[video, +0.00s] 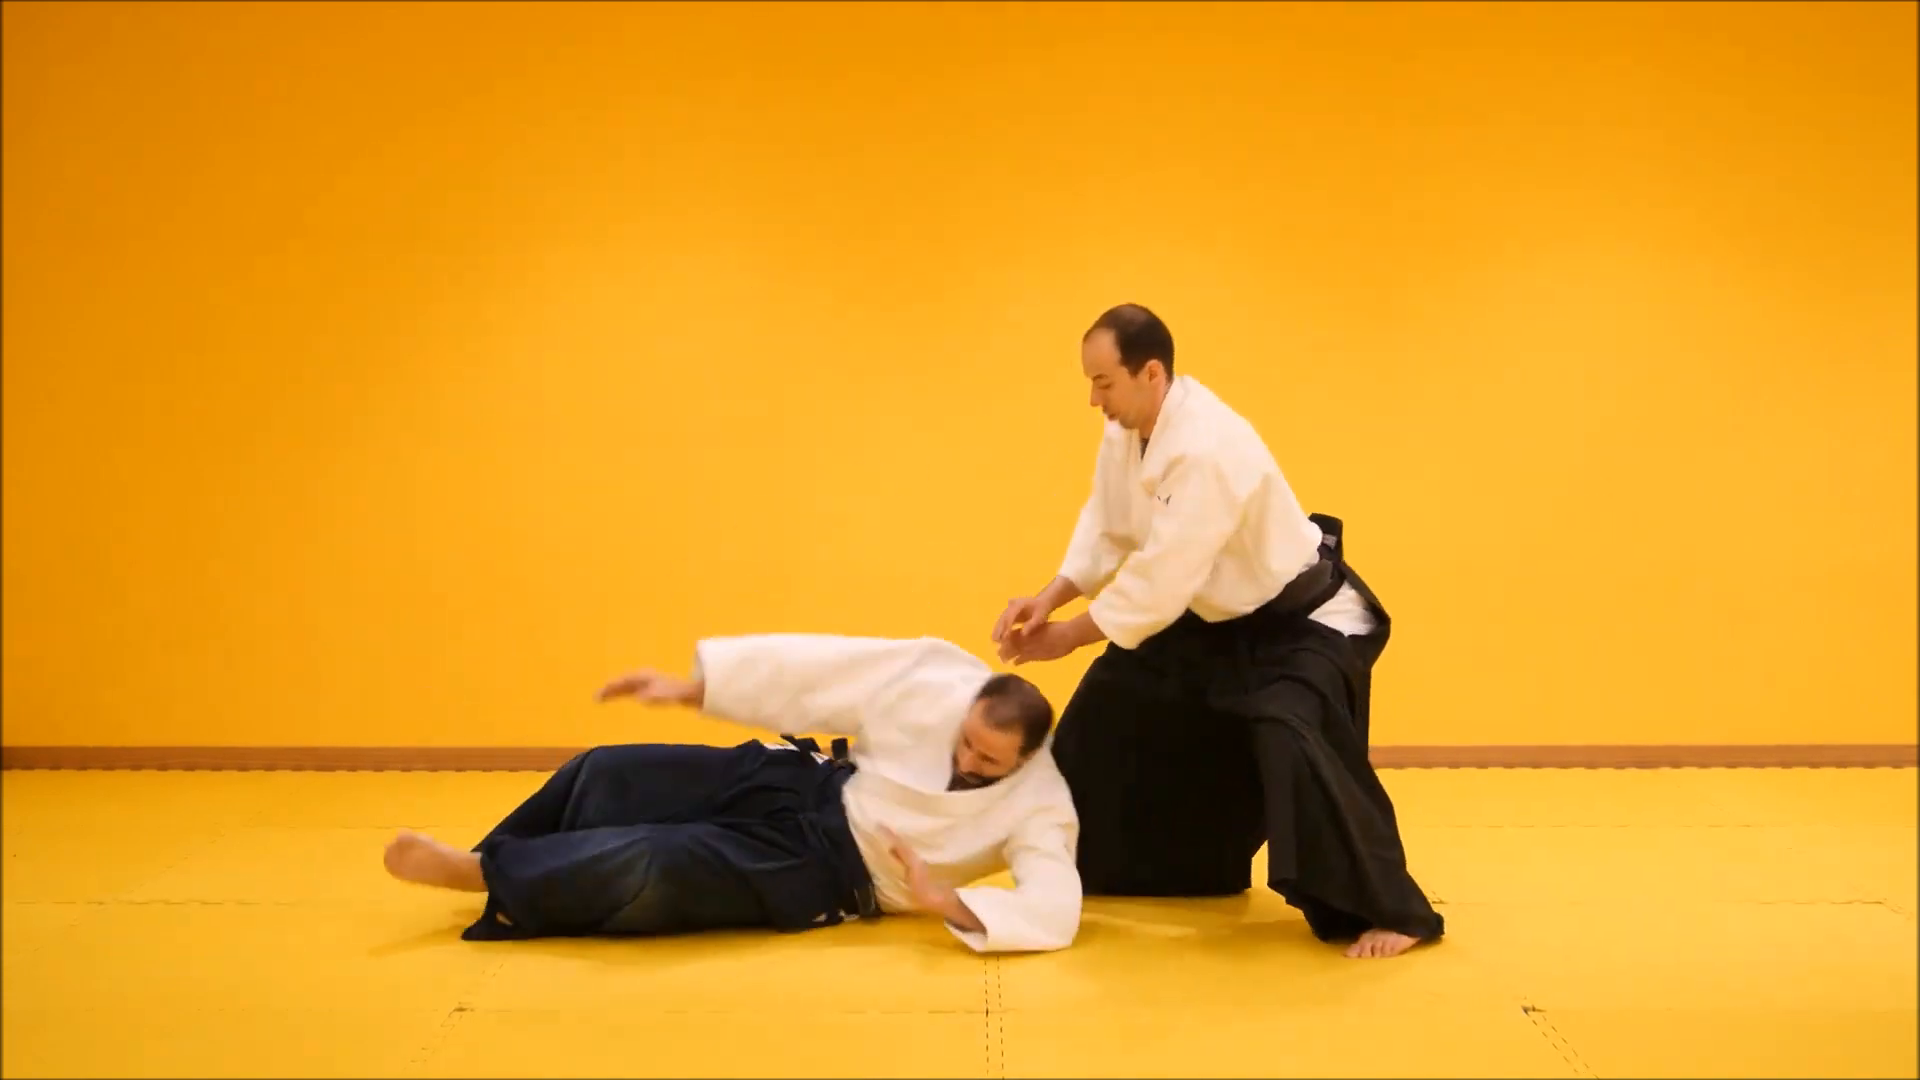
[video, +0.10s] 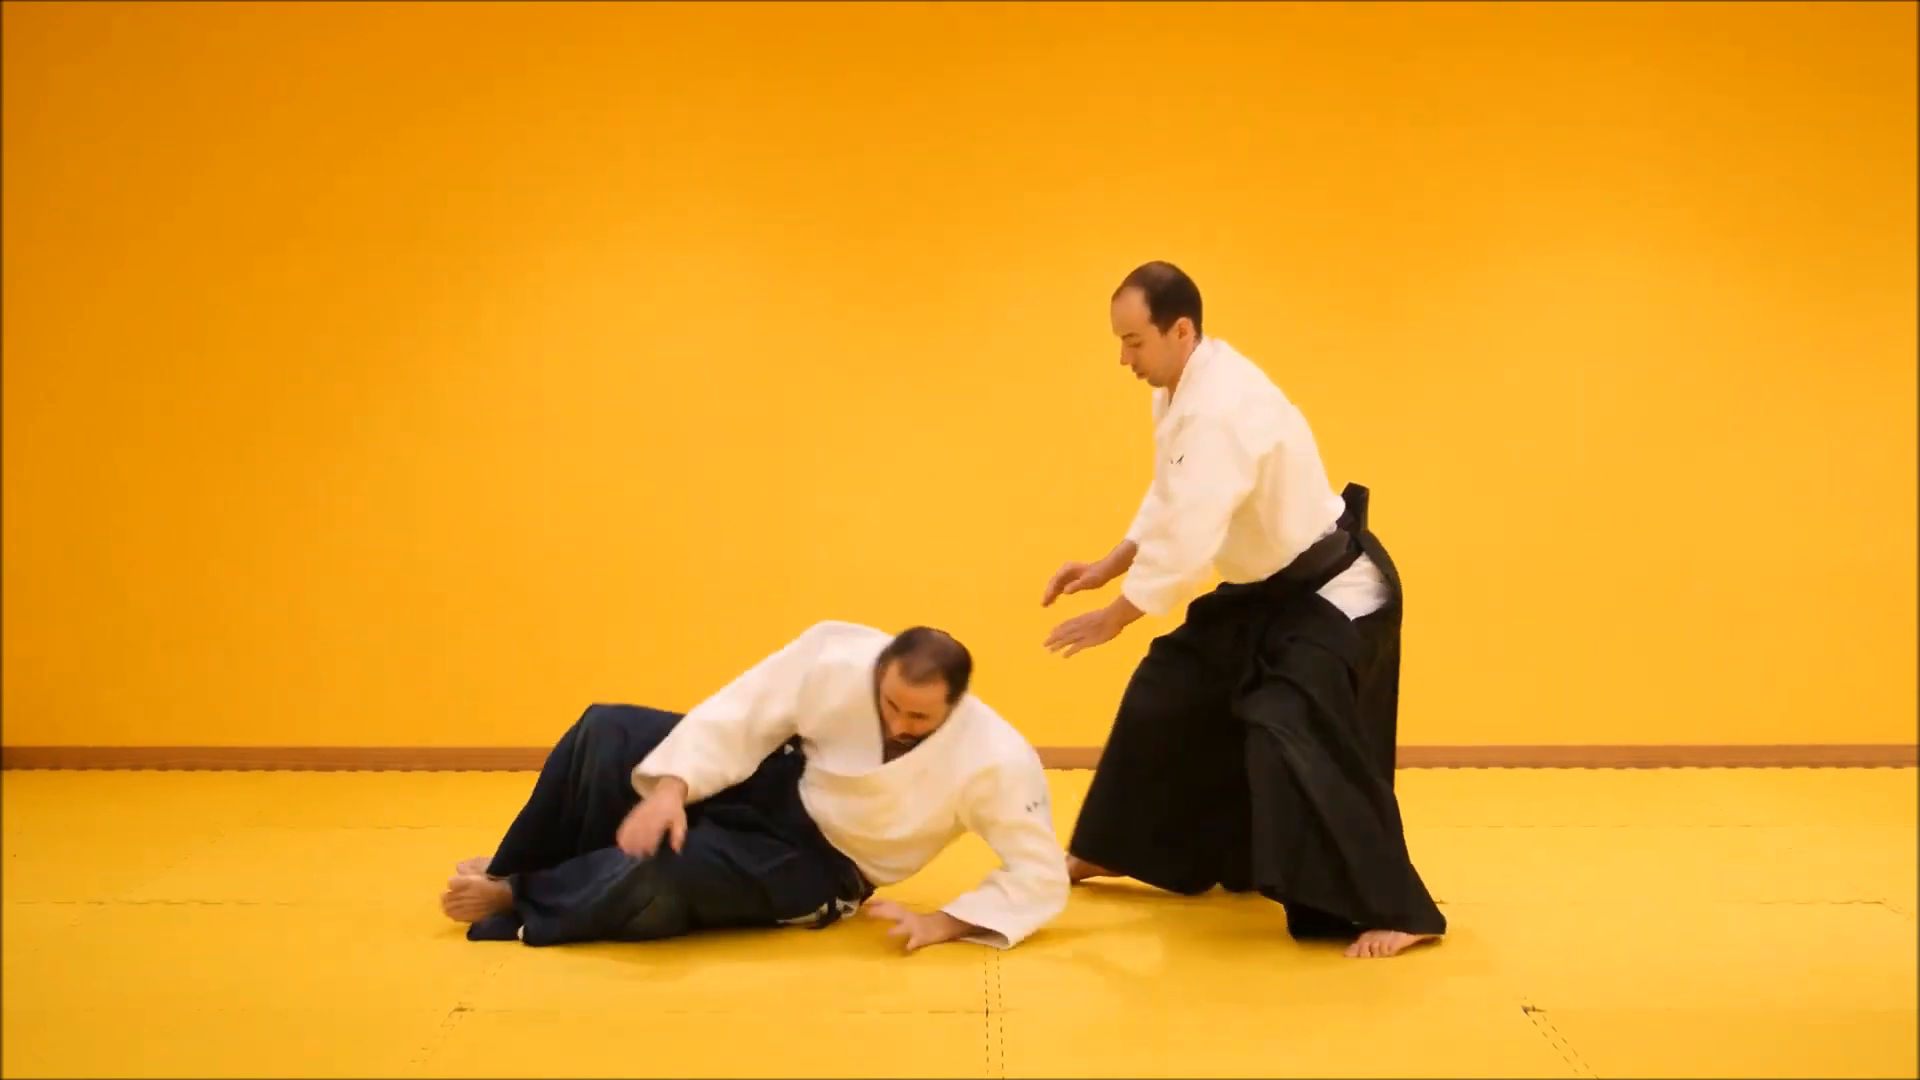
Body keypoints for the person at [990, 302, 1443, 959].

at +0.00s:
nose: (1094, 397)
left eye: (1103, 380)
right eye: (1090, 381)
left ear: (1151, 373)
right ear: (1136, 377)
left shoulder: (1205, 446)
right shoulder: (1125, 430)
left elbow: (1164, 578)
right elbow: (1104, 529)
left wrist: (1069, 635)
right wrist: (1047, 597)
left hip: (1300, 621)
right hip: (1208, 619)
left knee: (1284, 730)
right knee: (1104, 702)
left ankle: (1393, 909)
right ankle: (1086, 860)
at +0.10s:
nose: (1124, 357)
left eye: (1132, 339)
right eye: (1120, 340)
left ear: (1181, 328)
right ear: (1166, 331)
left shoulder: (1219, 401)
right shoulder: (1180, 389)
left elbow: (1194, 529)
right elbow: (1169, 497)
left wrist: (1119, 613)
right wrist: (1112, 565)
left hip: (1332, 594)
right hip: (1259, 592)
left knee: (1281, 720)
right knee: (1163, 688)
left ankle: (1398, 910)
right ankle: (1117, 843)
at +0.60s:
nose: (1235, 304)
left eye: (1248, 287)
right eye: (1229, 290)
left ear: (1292, 287)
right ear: (1229, 296)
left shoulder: (1369, 359)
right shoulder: (1241, 384)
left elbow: (1469, 440)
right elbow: (1209, 484)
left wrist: (1419, 518)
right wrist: (1154, 566)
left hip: (1421, 545)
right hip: (1340, 554)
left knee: (1439, 702)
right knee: (1265, 687)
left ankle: (1517, 850)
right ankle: (1311, 829)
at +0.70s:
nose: (1260, 297)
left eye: (1273, 282)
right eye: (1256, 283)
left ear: (1318, 282)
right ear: (1258, 288)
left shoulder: (1398, 354)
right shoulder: (1264, 382)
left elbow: (1486, 431)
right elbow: (1226, 478)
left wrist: (1448, 503)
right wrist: (1167, 552)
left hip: (1435, 544)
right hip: (1351, 552)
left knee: (1477, 691)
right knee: (1272, 680)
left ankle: (1568, 814)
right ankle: (1306, 828)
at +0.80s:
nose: (1295, 295)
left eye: (1309, 280)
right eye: (1291, 282)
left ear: (1354, 284)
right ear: (1298, 289)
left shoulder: (1432, 355)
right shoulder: (1295, 379)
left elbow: (1513, 438)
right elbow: (1247, 471)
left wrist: (1479, 501)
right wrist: (1184, 542)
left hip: (1456, 549)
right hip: (1365, 555)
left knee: (1529, 685)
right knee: (1278, 679)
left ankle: (1595, 813)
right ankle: (1308, 829)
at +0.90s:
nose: (1324, 298)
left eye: (1338, 283)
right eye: (1322, 284)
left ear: (1386, 289)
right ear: (1327, 292)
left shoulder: (1470, 362)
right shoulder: (1325, 385)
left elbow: (1538, 452)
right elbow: (1268, 474)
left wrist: (1494, 522)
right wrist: (1199, 537)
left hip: (1482, 558)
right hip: (1386, 563)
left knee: (1544, 689)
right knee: (1296, 673)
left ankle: (1628, 818)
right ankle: (1320, 832)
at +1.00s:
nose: (1332, 300)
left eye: (1345, 286)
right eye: (1331, 285)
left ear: (1394, 292)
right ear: (1362, 294)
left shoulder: (1481, 366)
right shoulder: (1336, 383)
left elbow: (1532, 473)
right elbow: (1275, 470)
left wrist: (1470, 536)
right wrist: (1200, 531)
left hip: (1489, 553)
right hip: (1394, 558)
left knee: (1540, 678)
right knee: (1298, 666)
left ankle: (1603, 815)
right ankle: (1320, 829)